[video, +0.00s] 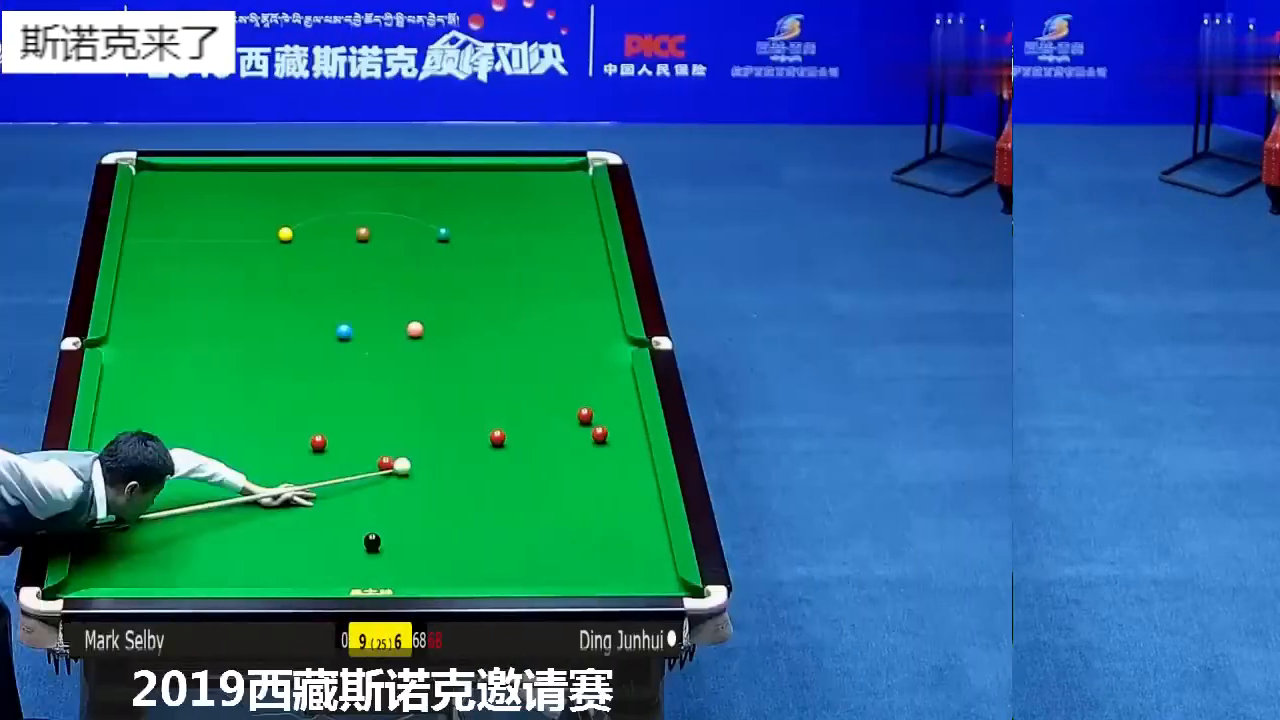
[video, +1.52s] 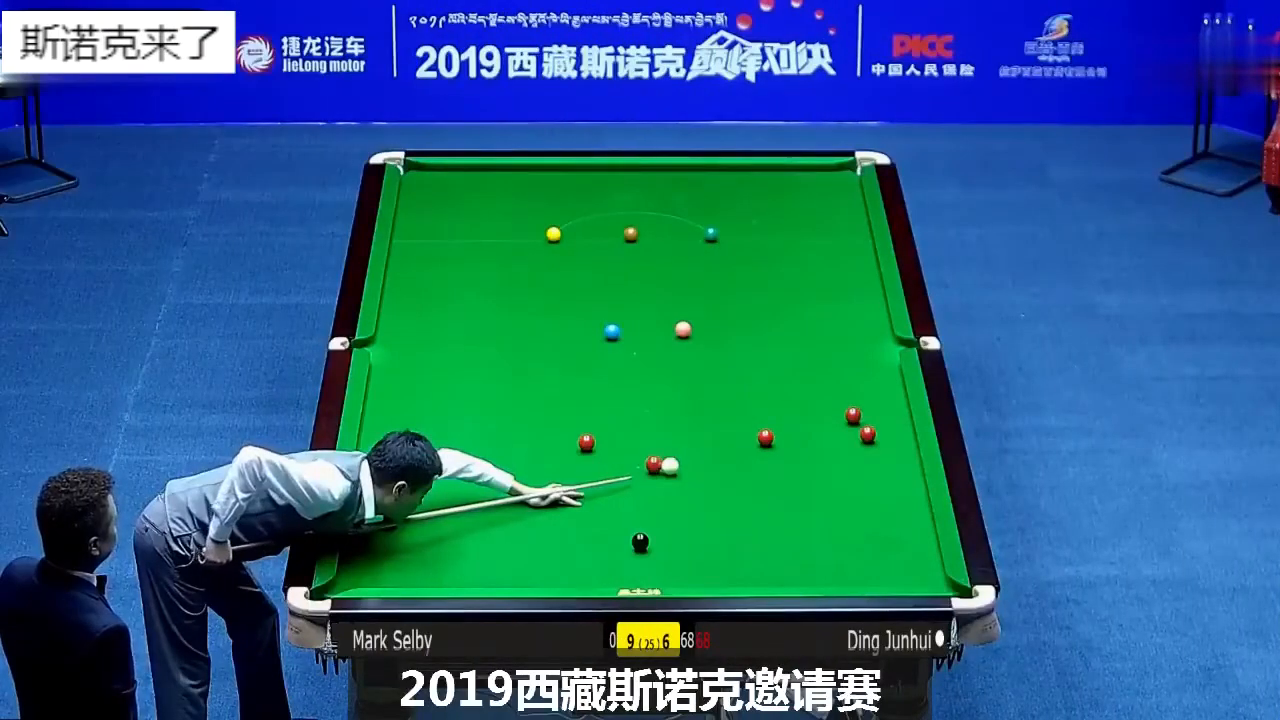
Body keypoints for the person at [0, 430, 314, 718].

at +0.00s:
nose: (152, 500)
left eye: (156, 492)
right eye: (152, 493)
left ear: (122, 475)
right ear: (130, 489)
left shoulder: (110, 469)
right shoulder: (63, 492)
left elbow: (183, 461)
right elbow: (4, 464)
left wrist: (253, 489)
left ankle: (15, 712)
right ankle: (14, 712)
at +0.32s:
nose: (421, 502)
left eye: (423, 493)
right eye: (419, 494)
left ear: (395, 475)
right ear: (398, 488)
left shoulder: (378, 469)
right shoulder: (329, 492)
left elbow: (454, 462)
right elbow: (255, 458)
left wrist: (523, 489)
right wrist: (248, 538)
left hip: (206, 531)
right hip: (172, 537)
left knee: (256, 623)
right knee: (187, 676)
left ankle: (266, 719)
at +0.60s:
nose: (420, 502)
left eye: (422, 494)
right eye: (418, 495)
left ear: (396, 478)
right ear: (396, 488)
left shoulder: (380, 471)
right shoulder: (328, 493)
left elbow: (457, 462)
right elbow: (254, 458)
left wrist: (523, 489)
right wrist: (246, 536)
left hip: (207, 533)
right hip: (172, 537)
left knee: (255, 623)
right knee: (186, 675)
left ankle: (266, 717)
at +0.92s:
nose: (420, 502)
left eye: (423, 493)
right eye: (419, 494)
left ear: (397, 479)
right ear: (395, 488)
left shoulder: (382, 474)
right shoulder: (330, 492)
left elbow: (456, 462)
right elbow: (252, 464)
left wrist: (523, 489)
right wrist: (216, 541)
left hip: (209, 533)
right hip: (170, 535)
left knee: (256, 624)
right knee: (186, 673)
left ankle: (266, 718)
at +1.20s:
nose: (421, 502)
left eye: (423, 493)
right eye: (419, 494)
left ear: (396, 479)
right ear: (396, 488)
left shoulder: (382, 474)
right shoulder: (331, 492)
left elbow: (456, 463)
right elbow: (251, 463)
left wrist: (523, 489)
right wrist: (213, 540)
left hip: (208, 533)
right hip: (170, 535)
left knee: (256, 624)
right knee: (187, 672)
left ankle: (266, 718)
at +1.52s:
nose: (421, 501)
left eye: (423, 492)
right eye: (419, 494)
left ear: (396, 480)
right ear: (396, 488)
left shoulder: (382, 474)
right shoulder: (330, 492)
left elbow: (456, 463)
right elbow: (252, 462)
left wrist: (524, 490)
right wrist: (218, 539)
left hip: (210, 537)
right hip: (170, 536)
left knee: (257, 625)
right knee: (186, 673)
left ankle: (266, 718)